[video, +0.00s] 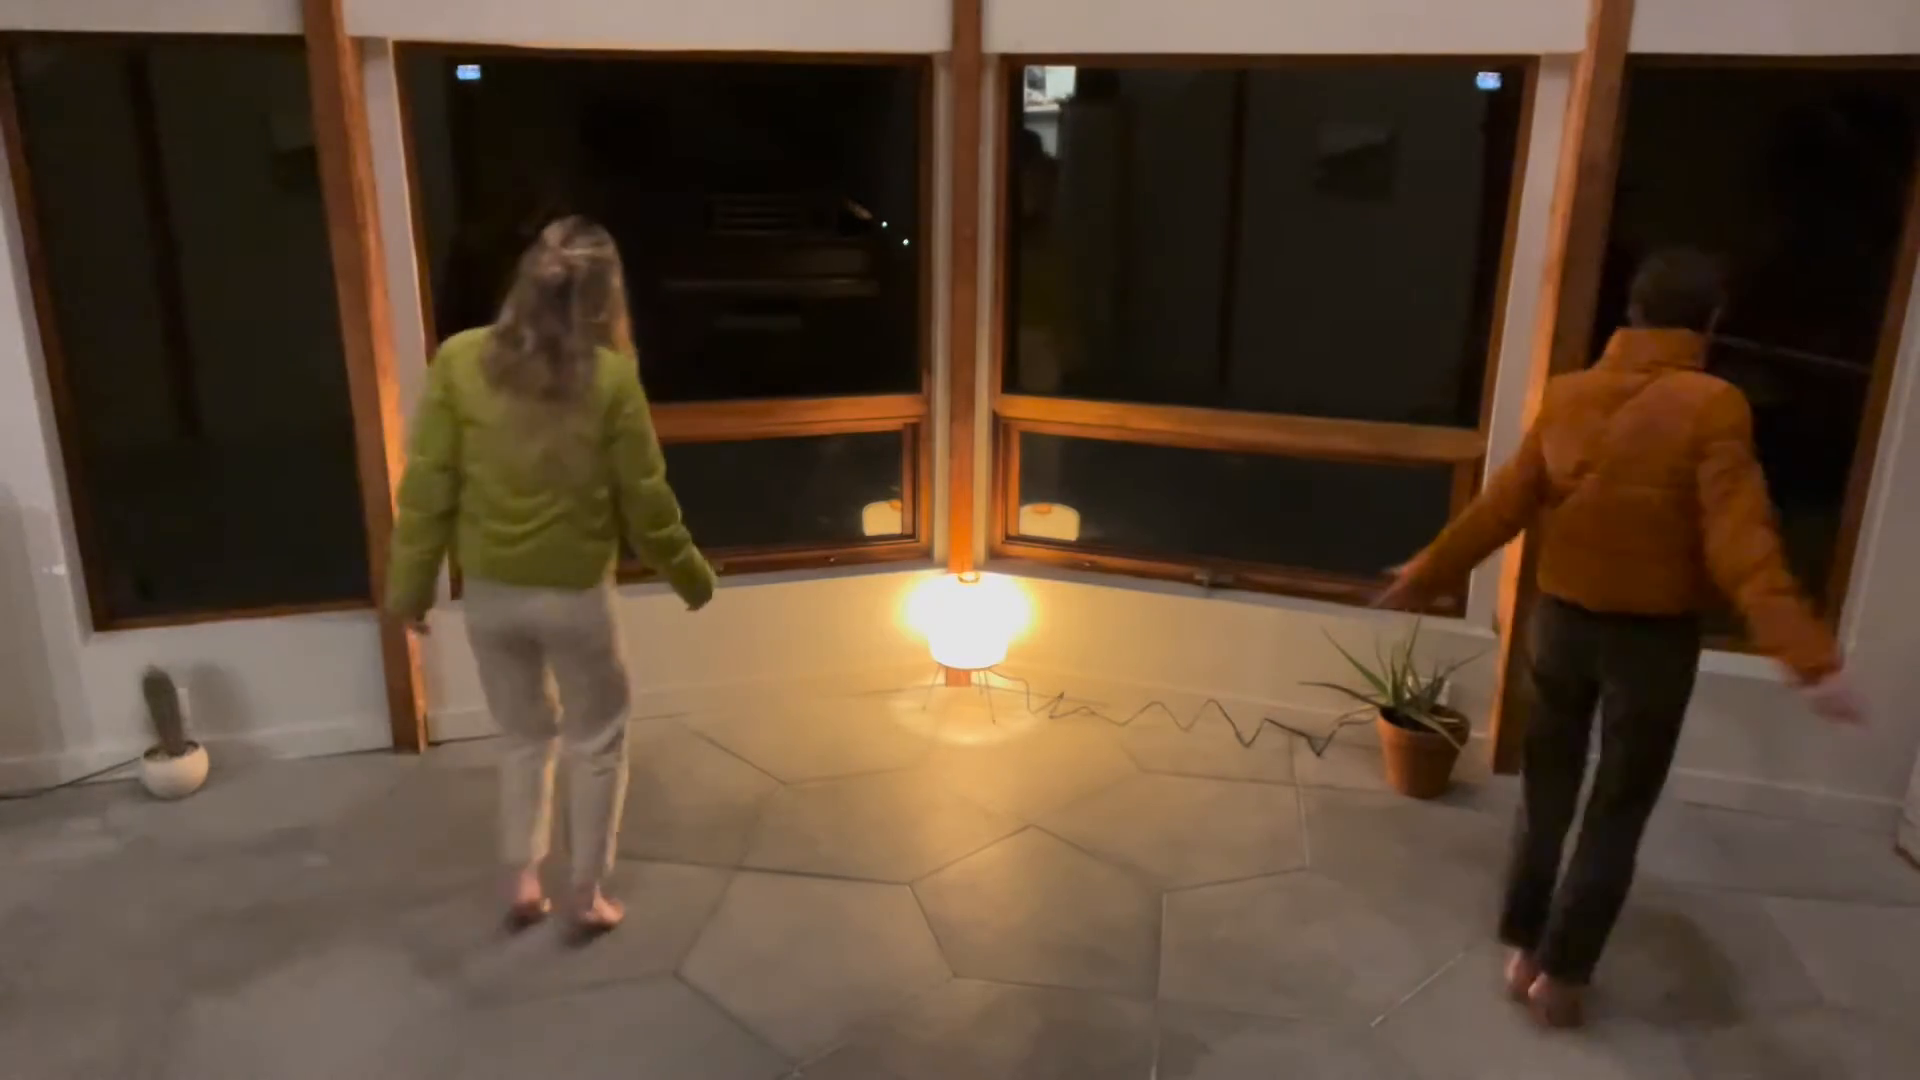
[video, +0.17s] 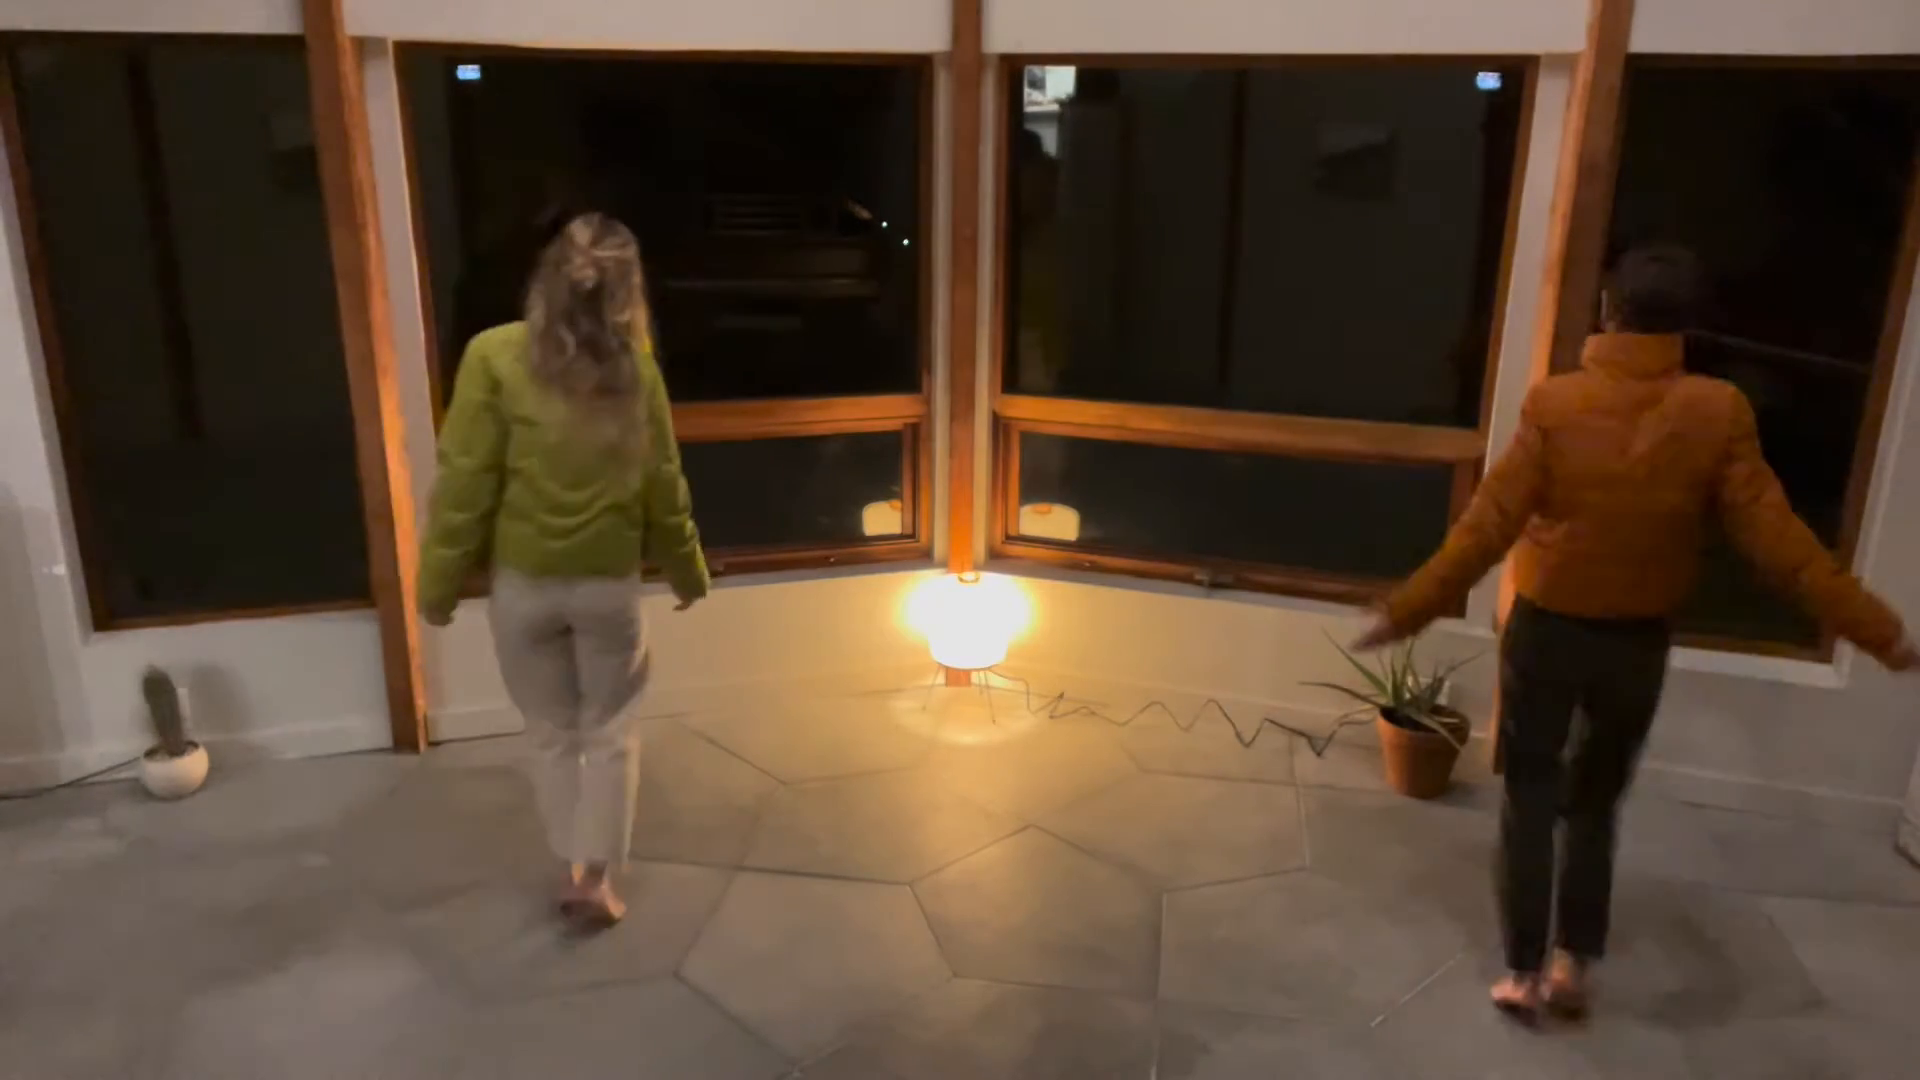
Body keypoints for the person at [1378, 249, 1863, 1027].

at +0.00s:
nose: (1711, 338)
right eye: (1711, 327)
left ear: (1632, 315)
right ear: (1706, 329)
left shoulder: (1574, 396)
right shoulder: (1711, 409)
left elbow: (1504, 502)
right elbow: (1742, 542)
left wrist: (1428, 569)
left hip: (1559, 624)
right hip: (1653, 639)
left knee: (1547, 786)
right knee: (1618, 807)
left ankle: (1525, 948)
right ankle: (1561, 978)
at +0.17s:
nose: (1612, 327)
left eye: (1610, 312)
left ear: (1607, 316)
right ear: (1684, 326)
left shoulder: (1554, 404)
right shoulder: (1717, 414)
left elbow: (1488, 524)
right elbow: (1776, 538)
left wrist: (1405, 608)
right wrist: (1877, 627)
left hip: (1544, 630)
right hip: (1637, 637)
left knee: (1530, 790)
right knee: (1594, 798)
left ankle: (1523, 971)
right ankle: (1572, 963)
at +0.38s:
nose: (1580, 304)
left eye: (1587, 292)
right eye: (1586, 290)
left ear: (1607, 303)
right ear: (1662, 314)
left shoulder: (1574, 405)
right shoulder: (1680, 406)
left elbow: (1551, 546)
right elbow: (1716, 510)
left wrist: (1507, 657)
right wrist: (1789, 573)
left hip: (1549, 630)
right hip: (1604, 632)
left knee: (1522, 800)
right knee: (1566, 784)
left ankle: (1548, 967)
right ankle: (1585, 951)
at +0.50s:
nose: (1561, 291)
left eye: (1576, 281)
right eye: (1571, 278)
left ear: (1608, 303)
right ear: (1612, 304)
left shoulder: (1604, 402)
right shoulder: (1589, 385)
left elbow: (1616, 538)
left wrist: (1615, 664)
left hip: (1544, 618)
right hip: (1529, 609)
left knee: (1520, 795)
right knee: (1523, 782)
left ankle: (1552, 947)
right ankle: (1569, 915)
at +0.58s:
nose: (1547, 283)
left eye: (1563, 276)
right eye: (1555, 271)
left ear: (1600, 300)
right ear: (1588, 298)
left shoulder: (1613, 398)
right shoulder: (1553, 378)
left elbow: (1642, 533)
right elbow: (1521, 493)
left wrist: (1672, 656)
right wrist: (1480, 564)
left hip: (1553, 630)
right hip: (1500, 616)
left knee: (1519, 798)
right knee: (1468, 785)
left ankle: (1552, 954)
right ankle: (1509, 917)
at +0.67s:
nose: (1533, 282)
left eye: (1552, 272)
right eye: (1539, 269)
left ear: (1594, 296)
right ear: (1562, 292)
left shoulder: (1613, 394)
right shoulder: (1526, 373)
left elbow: (1656, 525)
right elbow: (1483, 472)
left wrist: (1695, 646)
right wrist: (1465, 548)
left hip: (1552, 626)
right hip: (1484, 609)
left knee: (1525, 801)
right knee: (1461, 779)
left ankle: (1550, 956)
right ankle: (1462, 910)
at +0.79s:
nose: (1509, 284)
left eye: (1529, 272)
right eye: (1507, 272)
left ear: (1572, 294)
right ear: (1497, 290)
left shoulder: (1611, 389)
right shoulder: (1479, 382)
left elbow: (1663, 511)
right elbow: (1421, 461)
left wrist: (1699, 615)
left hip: (1551, 612)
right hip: (1467, 603)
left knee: (1521, 785)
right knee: (1457, 775)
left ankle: (1524, 929)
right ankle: (1466, 909)